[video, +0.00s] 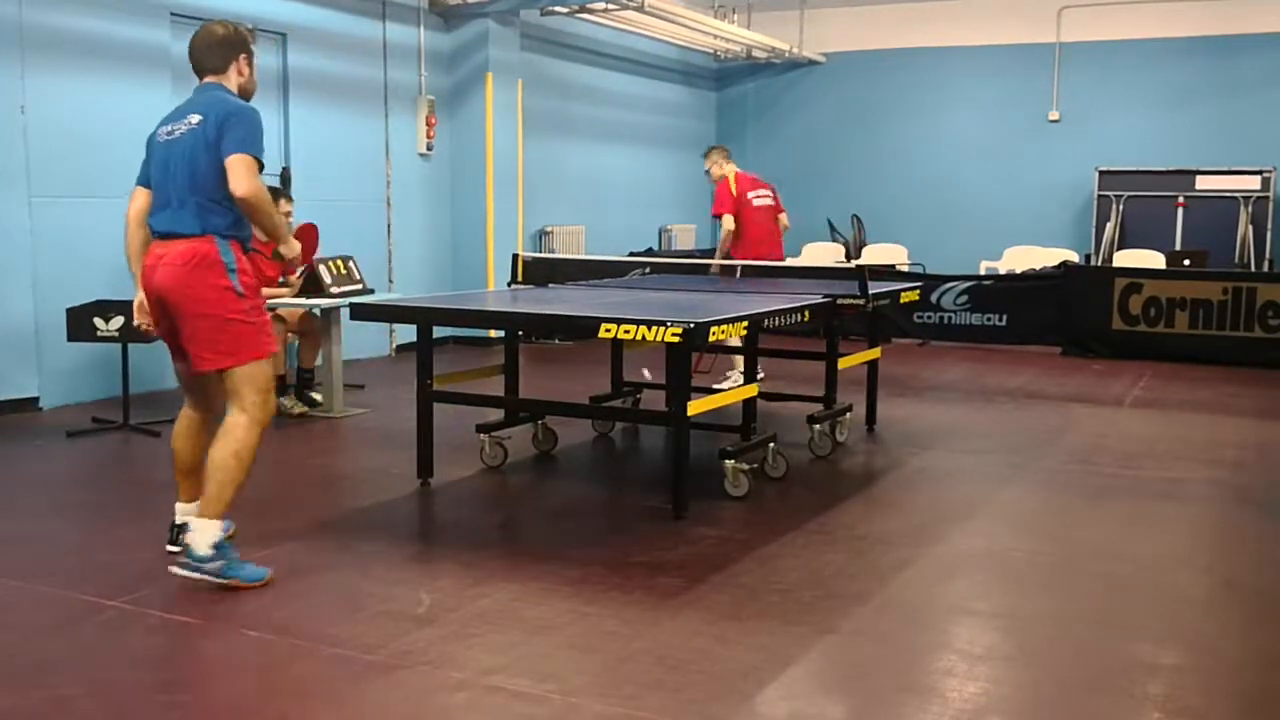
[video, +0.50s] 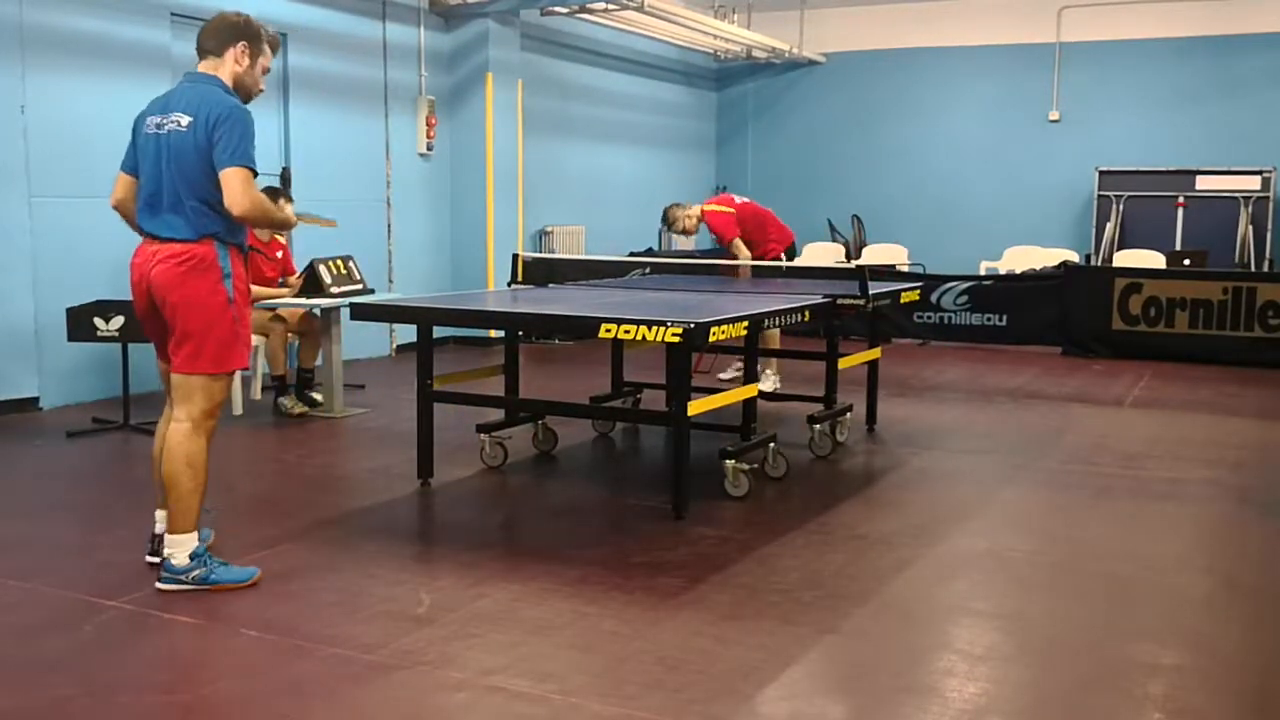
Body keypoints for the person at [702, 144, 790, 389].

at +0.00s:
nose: (709, 176)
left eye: (709, 170)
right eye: (707, 171)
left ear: (722, 164)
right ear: (730, 164)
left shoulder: (725, 185)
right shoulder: (763, 183)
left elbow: (728, 227)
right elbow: (784, 222)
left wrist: (718, 258)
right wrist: (768, 241)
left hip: (744, 262)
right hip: (773, 261)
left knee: (725, 315)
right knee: (748, 315)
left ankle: (740, 369)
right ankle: (753, 366)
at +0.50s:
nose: (687, 234)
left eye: (684, 230)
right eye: (682, 233)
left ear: (688, 214)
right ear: (689, 211)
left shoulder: (714, 217)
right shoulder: (712, 206)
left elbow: (745, 256)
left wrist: (740, 293)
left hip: (777, 251)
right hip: (764, 251)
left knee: (769, 316)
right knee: (750, 311)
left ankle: (771, 372)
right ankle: (746, 361)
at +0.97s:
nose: (703, 283)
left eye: (702, 278)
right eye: (698, 281)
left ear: (705, 269)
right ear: (690, 270)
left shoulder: (731, 270)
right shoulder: (696, 253)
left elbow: (739, 323)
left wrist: (734, 367)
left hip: (765, 261)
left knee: (771, 318)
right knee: (722, 316)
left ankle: (772, 373)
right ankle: (720, 367)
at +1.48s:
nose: (756, 188)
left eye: (760, 182)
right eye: (752, 183)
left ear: (770, 175)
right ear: (745, 180)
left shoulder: (790, 196)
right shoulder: (742, 194)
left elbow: (802, 233)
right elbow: (738, 222)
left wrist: (792, 269)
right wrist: (747, 246)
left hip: (784, 260)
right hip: (754, 259)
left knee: (781, 316)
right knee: (739, 311)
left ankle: (773, 372)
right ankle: (729, 363)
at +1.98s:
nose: (831, 142)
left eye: (836, 136)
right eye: (825, 136)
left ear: (841, 135)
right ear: (812, 134)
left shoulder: (848, 161)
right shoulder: (797, 168)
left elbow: (859, 197)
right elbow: (775, 206)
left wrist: (853, 210)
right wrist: (787, 234)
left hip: (839, 255)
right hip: (808, 257)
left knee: (828, 318)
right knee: (816, 318)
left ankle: (794, 362)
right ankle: (812, 382)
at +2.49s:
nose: (902, 140)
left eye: (907, 135)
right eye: (897, 133)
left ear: (914, 135)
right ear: (886, 129)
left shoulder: (918, 164)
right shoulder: (871, 166)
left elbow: (920, 208)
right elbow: (852, 210)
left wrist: (921, 247)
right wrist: (860, 242)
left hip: (914, 261)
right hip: (880, 265)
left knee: (926, 323)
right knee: (879, 331)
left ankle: (923, 394)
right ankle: (834, 372)